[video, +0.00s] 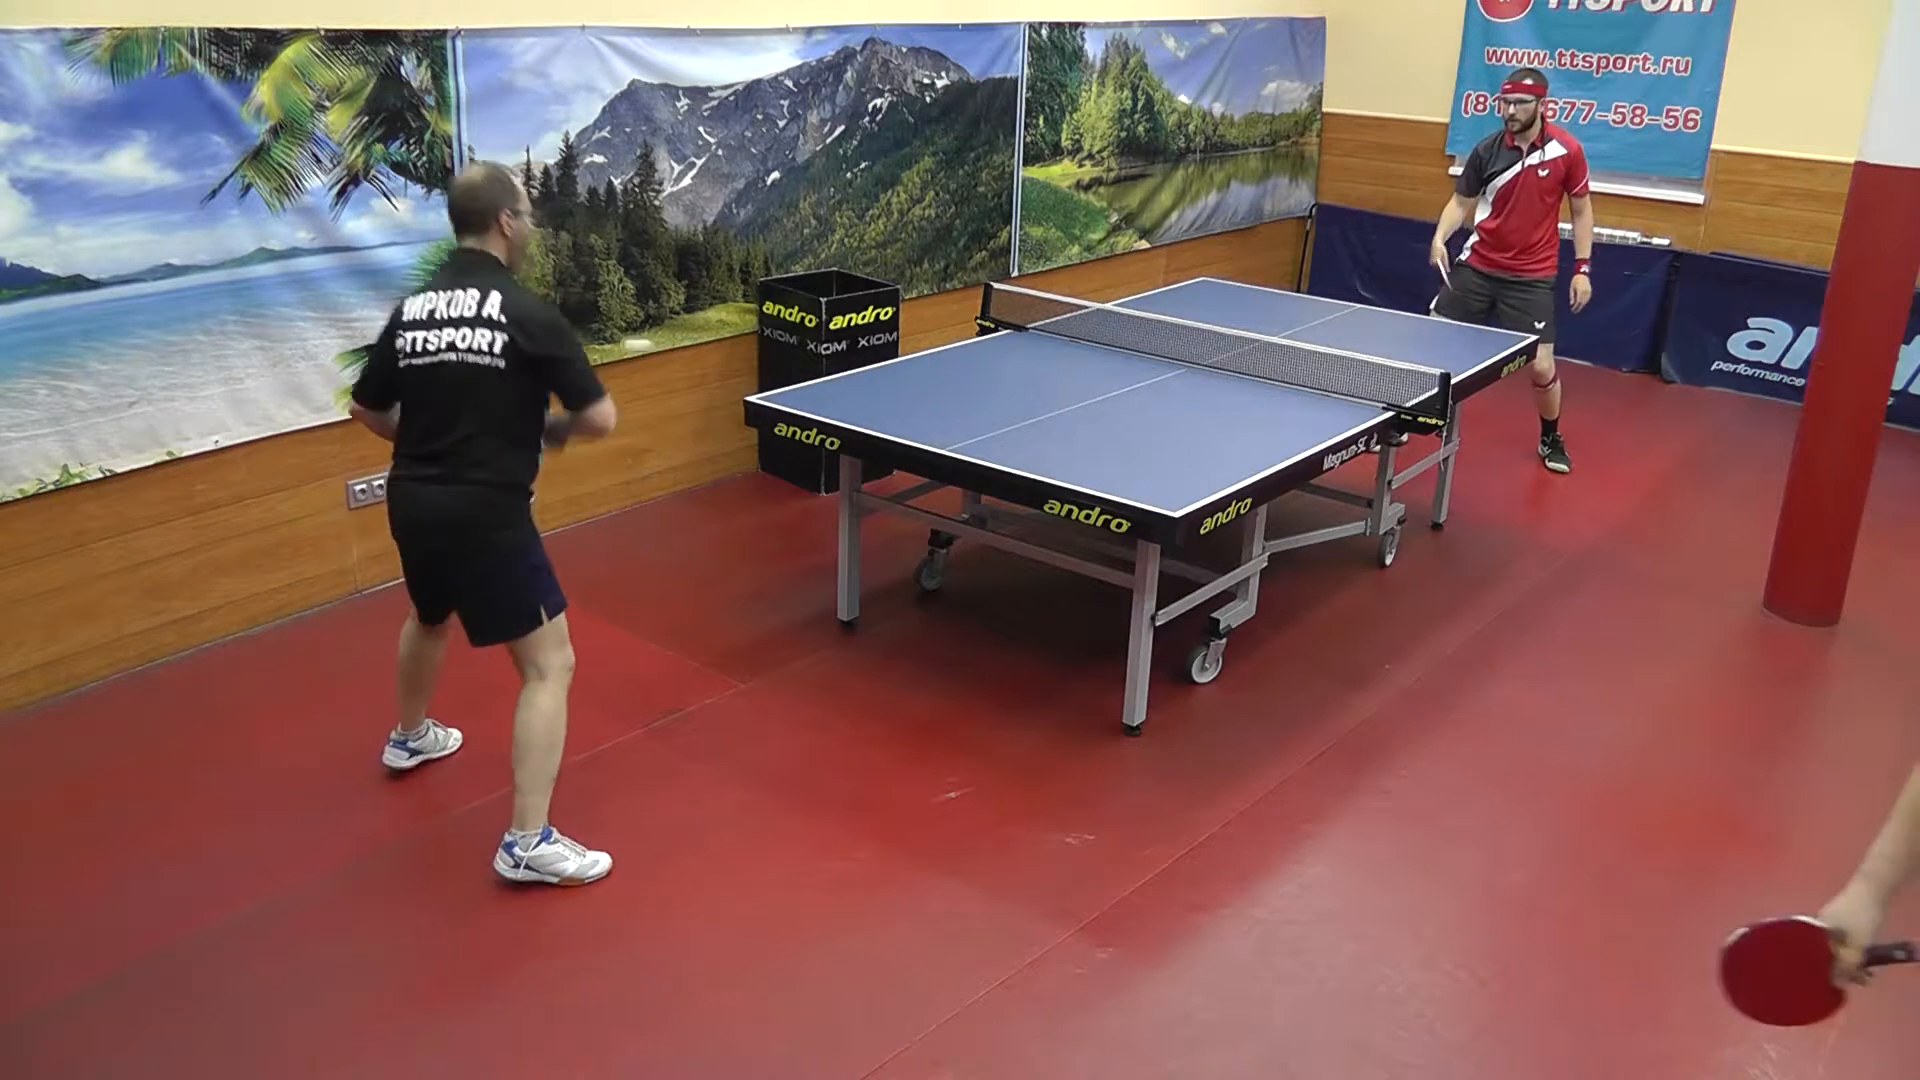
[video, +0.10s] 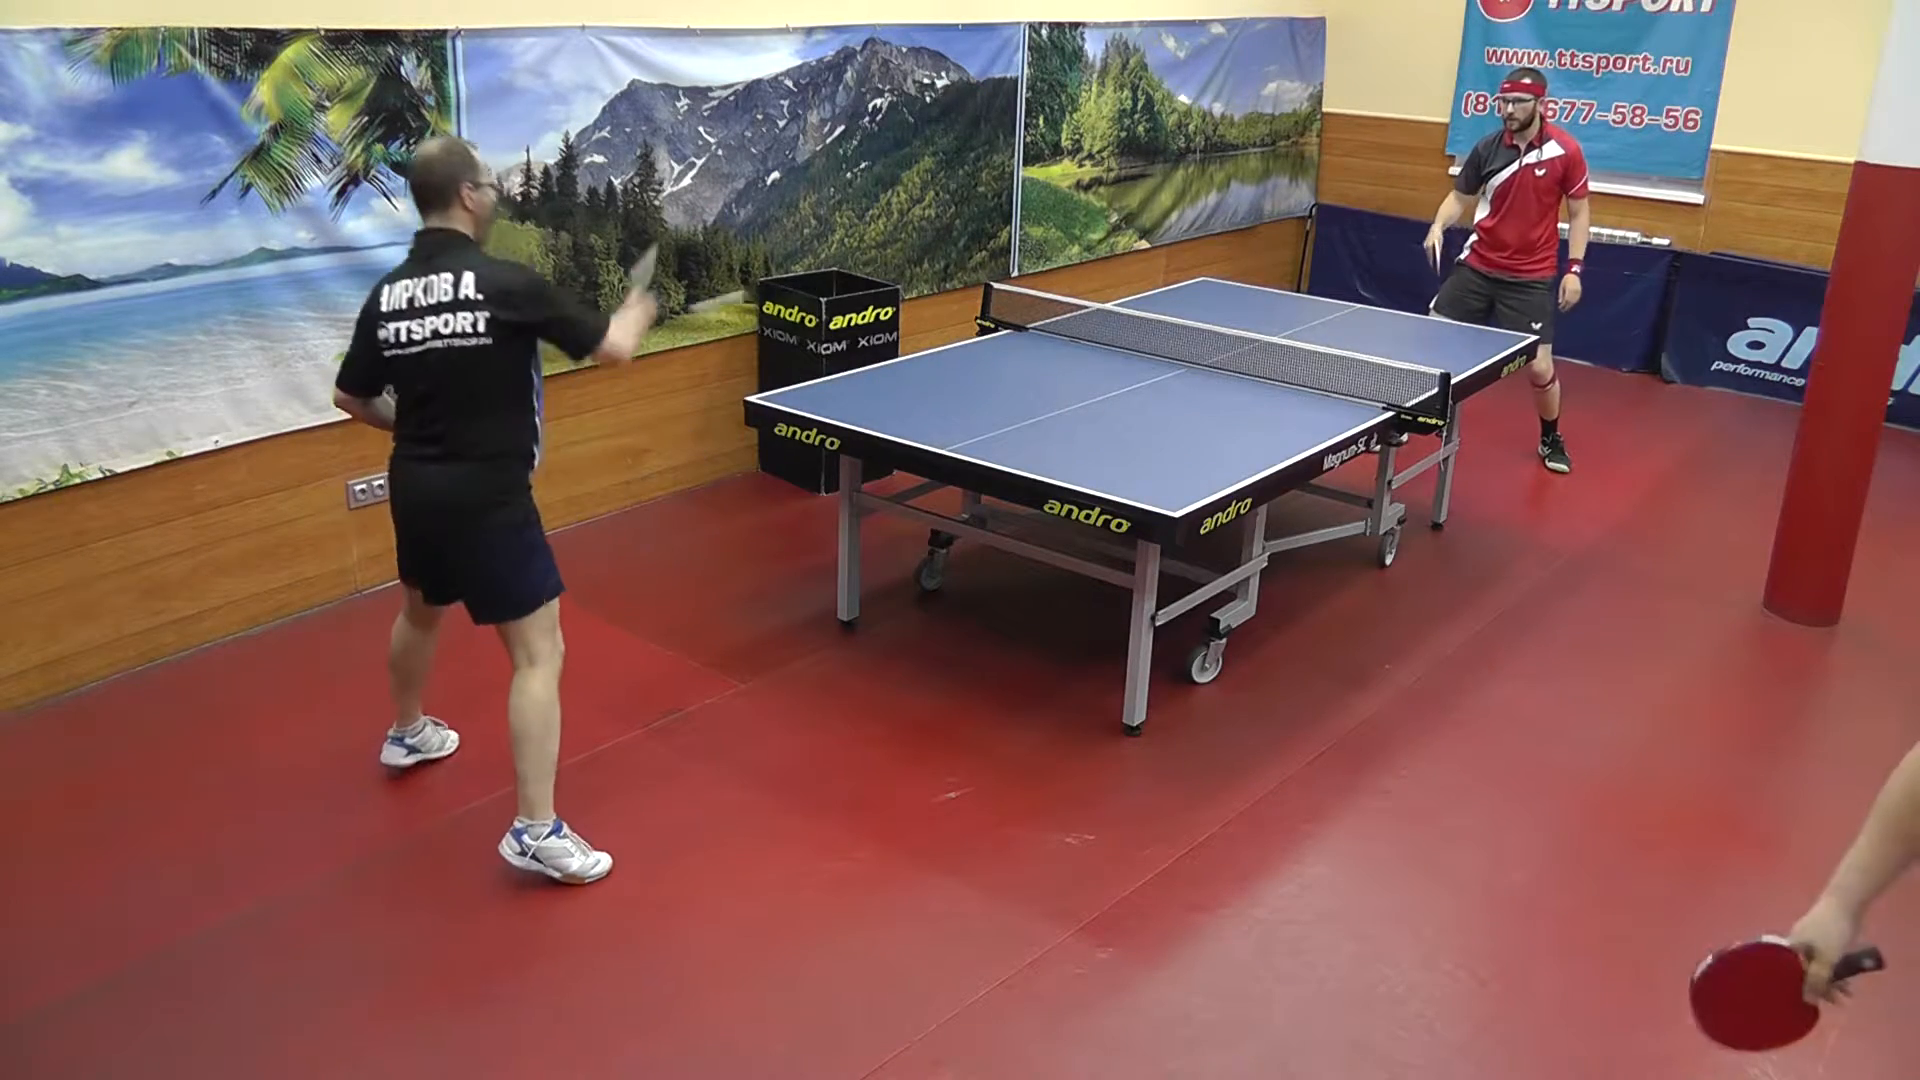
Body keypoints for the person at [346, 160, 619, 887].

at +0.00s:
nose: (531, 224)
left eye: (526, 211)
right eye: (526, 214)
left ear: (460, 225)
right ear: (506, 222)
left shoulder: (415, 307)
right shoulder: (529, 315)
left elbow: (370, 406)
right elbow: (599, 418)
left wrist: (429, 435)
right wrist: (549, 427)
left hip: (414, 505)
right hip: (490, 513)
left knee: (428, 618)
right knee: (548, 666)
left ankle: (408, 735)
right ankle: (527, 837)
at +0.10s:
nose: (495, 195)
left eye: (489, 183)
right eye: (488, 185)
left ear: (424, 201)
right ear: (468, 196)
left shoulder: (391, 293)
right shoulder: (506, 283)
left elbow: (352, 394)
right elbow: (614, 347)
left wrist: (417, 420)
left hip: (415, 489)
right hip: (491, 492)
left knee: (420, 610)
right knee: (537, 654)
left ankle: (406, 730)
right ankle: (535, 827)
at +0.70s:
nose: (481, 220)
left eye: (476, 210)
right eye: (473, 212)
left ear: (417, 233)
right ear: (446, 229)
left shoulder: (376, 313)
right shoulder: (460, 315)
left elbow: (368, 414)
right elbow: (535, 398)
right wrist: (641, 396)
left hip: (366, 512)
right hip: (427, 524)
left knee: (407, 619)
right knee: (480, 689)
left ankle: (386, 735)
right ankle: (476, 868)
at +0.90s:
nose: (487, 263)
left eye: (485, 250)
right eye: (483, 252)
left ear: (415, 259)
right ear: (463, 262)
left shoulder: (378, 323)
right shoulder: (446, 359)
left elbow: (390, 438)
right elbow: (479, 492)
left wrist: (468, 506)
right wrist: (500, 519)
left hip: (348, 527)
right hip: (403, 547)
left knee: (397, 626)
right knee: (495, 687)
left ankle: (335, 746)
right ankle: (476, 868)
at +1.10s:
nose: (404, 218)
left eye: (398, 206)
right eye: (401, 209)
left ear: (332, 223)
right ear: (392, 220)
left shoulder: (294, 313)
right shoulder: (429, 316)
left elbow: (231, 406)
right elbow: (488, 426)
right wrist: (460, 429)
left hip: (327, 521)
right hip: (408, 525)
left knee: (342, 636)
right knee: (449, 675)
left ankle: (325, 755)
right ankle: (464, 847)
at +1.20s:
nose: (374, 197)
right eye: (371, 188)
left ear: (305, 223)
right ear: (369, 209)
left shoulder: (279, 315)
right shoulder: (421, 309)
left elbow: (213, 390)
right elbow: (489, 411)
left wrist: (138, 412)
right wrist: (486, 389)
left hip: (327, 522)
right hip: (410, 519)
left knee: (336, 637)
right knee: (438, 673)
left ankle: (324, 755)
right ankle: (446, 839)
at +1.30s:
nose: (358, 185)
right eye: (355, 182)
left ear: (295, 227)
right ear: (359, 208)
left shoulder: (276, 320)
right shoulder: (417, 308)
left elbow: (203, 397)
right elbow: (482, 400)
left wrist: (131, 425)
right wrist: (506, 421)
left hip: (330, 523)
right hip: (415, 519)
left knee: (336, 637)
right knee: (437, 673)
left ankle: (323, 754)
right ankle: (449, 839)